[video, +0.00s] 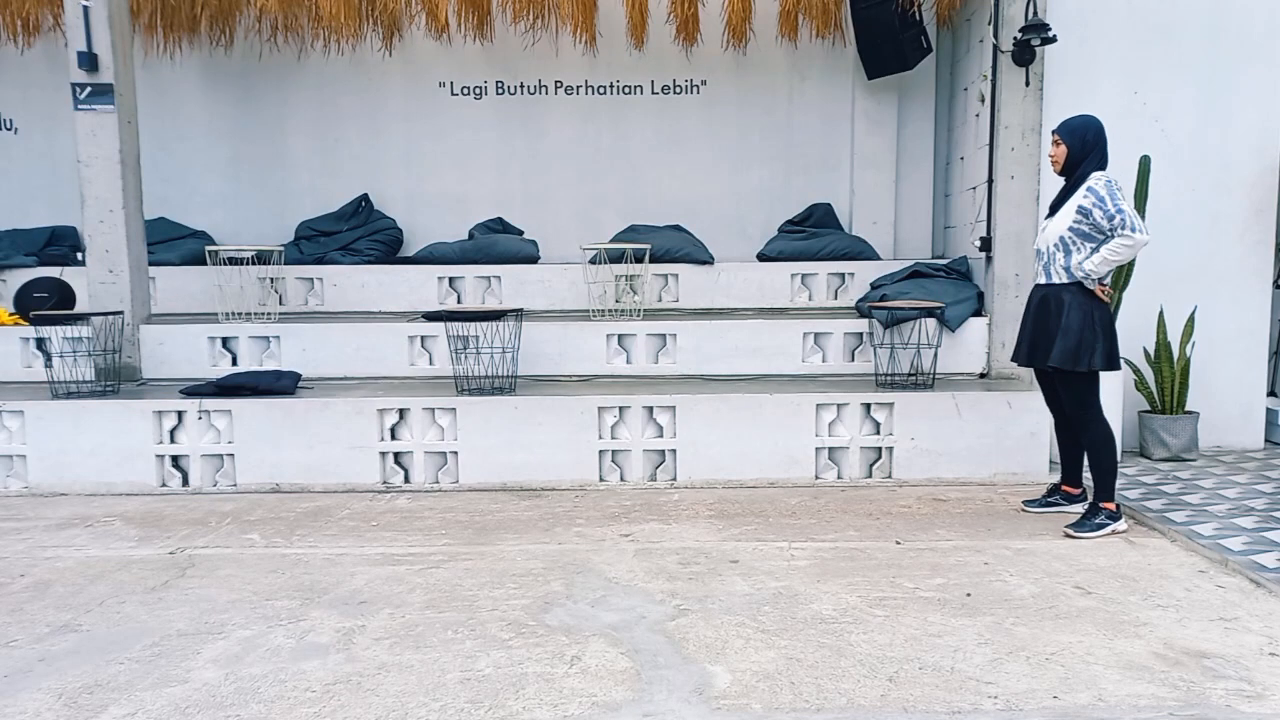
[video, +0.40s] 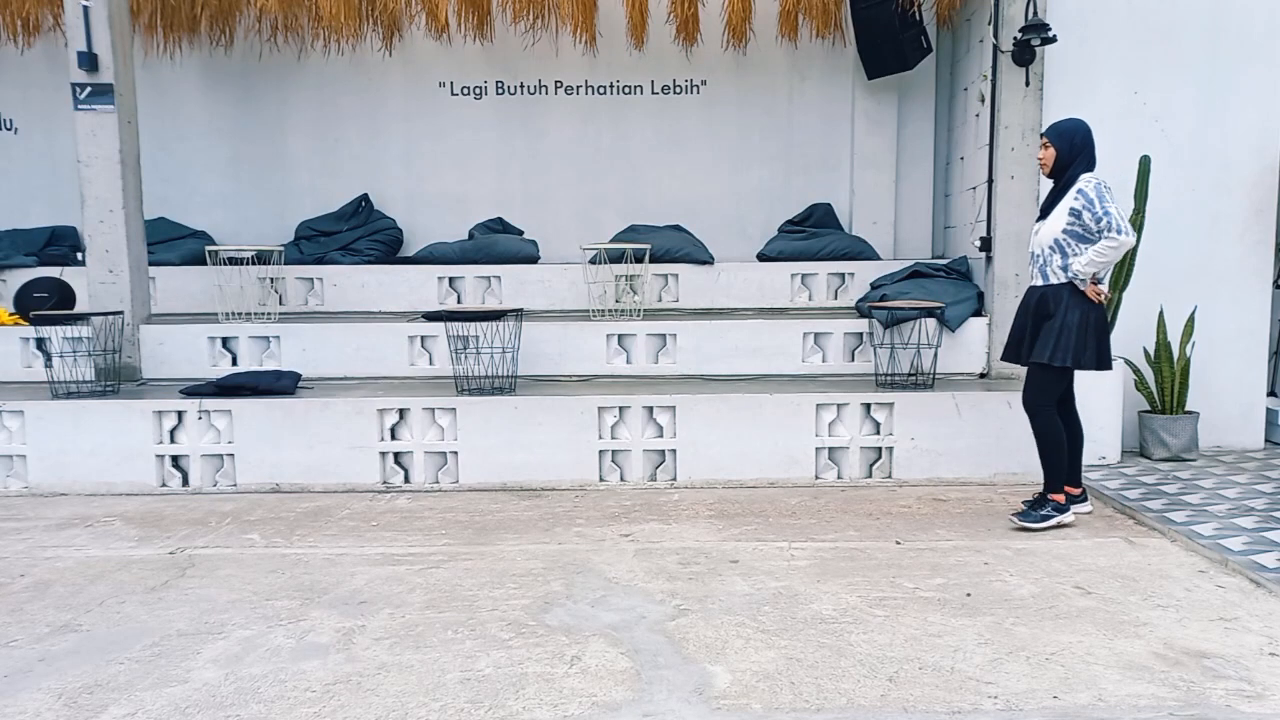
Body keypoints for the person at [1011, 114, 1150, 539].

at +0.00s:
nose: (1051, 152)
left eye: (1058, 144)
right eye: (1052, 144)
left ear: (1080, 147)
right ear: (1075, 148)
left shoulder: (1099, 185)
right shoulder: (1070, 190)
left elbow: (1134, 234)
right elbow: (1083, 243)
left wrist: (1093, 272)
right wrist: (1075, 275)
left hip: (1075, 309)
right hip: (1047, 307)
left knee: (1085, 409)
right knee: (1059, 405)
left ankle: (1107, 507)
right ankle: (1070, 489)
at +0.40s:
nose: (1040, 155)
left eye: (1047, 147)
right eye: (1041, 147)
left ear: (1069, 149)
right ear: (1063, 151)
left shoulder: (1088, 186)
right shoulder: (1060, 192)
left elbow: (1121, 236)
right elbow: (1074, 245)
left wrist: (1085, 273)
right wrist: (1090, 279)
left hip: (1067, 307)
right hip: (1049, 305)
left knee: (1037, 399)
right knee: (1060, 401)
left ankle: (1057, 497)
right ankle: (1072, 489)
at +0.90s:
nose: (1031, 154)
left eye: (1037, 147)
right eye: (1031, 147)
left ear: (1059, 149)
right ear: (1052, 150)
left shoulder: (1079, 186)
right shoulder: (1052, 192)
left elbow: (1107, 236)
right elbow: (1059, 247)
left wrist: (1062, 282)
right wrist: (1031, 282)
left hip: (1053, 310)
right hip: (1037, 308)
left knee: (1034, 405)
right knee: (1061, 403)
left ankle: (1025, 501)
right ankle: (1072, 488)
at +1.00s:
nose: (1030, 155)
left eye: (1036, 147)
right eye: (1030, 148)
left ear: (1058, 149)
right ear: (1050, 151)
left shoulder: (1078, 186)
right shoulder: (1051, 192)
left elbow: (1103, 236)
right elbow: (1057, 248)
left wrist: (1060, 283)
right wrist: (1030, 284)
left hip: (1053, 310)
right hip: (1037, 308)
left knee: (1031, 405)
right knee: (1061, 403)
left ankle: (1024, 501)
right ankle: (1072, 489)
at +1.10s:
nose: (1028, 158)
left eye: (1034, 150)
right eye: (1028, 151)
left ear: (1056, 151)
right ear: (1047, 153)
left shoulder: (1076, 187)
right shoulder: (1050, 193)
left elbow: (1103, 235)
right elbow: (1057, 248)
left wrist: (1060, 284)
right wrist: (1031, 284)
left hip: (1053, 311)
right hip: (1039, 308)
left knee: (1026, 405)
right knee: (1061, 402)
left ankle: (1024, 501)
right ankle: (1072, 488)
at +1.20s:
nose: (1027, 160)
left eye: (1033, 153)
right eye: (1026, 153)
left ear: (1055, 152)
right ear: (1046, 154)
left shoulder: (1075, 187)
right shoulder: (1050, 193)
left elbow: (1104, 235)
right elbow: (1060, 248)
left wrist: (1061, 284)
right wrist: (1033, 284)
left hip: (1053, 311)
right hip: (1040, 309)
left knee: (1026, 404)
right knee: (1062, 401)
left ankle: (1024, 501)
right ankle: (1072, 489)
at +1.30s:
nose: (1026, 162)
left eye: (1032, 154)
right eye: (1025, 155)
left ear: (1054, 153)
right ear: (1045, 156)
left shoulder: (1074, 187)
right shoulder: (1050, 193)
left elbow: (1105, 235)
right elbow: (1061, 248)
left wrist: (1062, 284)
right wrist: (1033, 284)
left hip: (1053, 311)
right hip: (1040, 309)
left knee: (1027, 404)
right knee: (1062, 401)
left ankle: (1024, 501)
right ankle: (1072, 489)